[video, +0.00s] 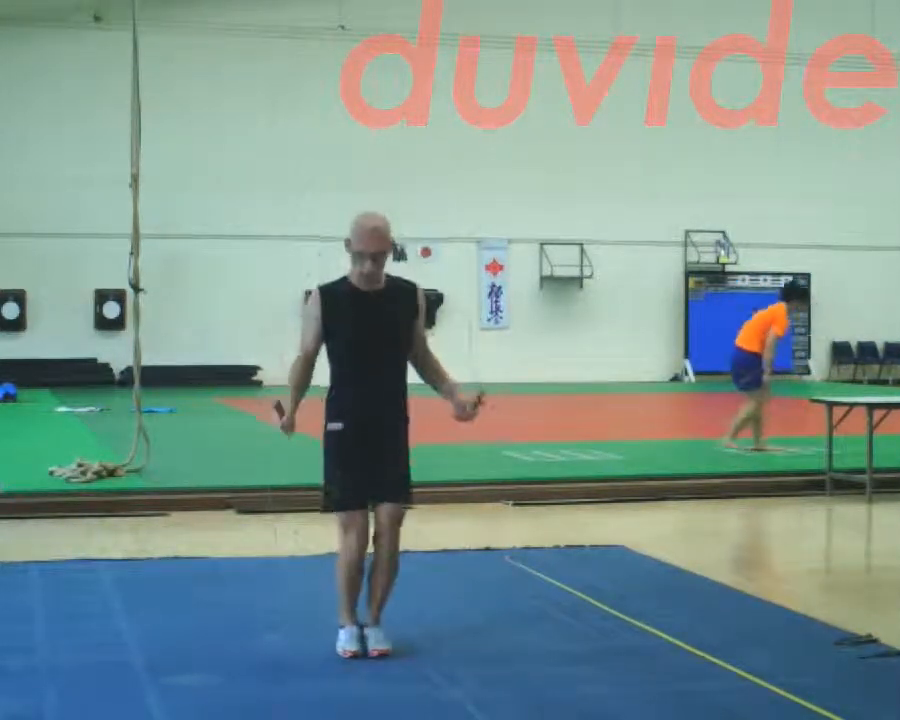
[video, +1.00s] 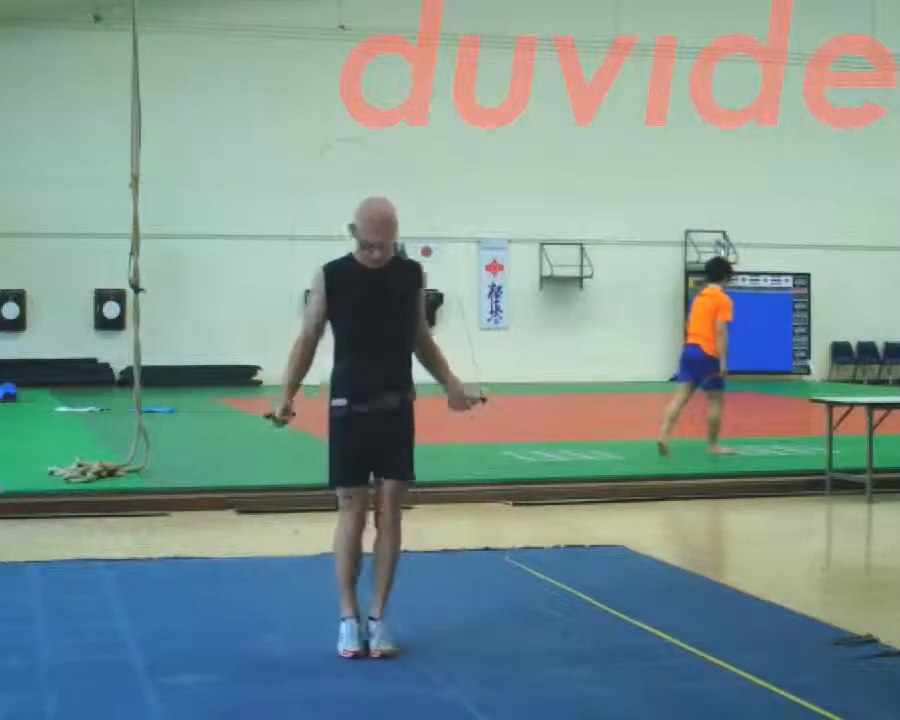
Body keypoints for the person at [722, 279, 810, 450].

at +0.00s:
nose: (801, 306)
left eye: (802, 302)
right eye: (800, 301)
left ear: (787, 297)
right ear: (794, 300)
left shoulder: (773, 309)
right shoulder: (781, 314)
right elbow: (770, 341)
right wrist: (767, 369)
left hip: (744, 352)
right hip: (749, 355)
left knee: (758, 398)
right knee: (758, 398)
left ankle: (758, 442)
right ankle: (729, 437)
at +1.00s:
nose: (730, 278)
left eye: (729, 275)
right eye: (729, 275)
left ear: (708, 275)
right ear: (725, 277)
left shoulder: (700, 297)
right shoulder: (723, 300)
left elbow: (692, 325)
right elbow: (720, 330)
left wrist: (691, 346)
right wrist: (723, 360)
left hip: (689, 349)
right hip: (708, 352)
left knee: (681, 395)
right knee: (715, 400)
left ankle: (663, 436)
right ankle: (713, 444)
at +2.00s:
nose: (780, 281)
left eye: (781, 277)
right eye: (780, 277)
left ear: (763, 275)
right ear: (775, 276)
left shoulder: (753, 295)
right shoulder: (770, 298)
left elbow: (751, 326)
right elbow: (772, 328)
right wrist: (778, 357)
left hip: (753, 351)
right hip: (766, 354)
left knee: (758, 397)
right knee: (784, 398)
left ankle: (757, 439)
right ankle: (770, 435)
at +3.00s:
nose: (824, 280)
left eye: (824, 276)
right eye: (823, 276)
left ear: (804, 275)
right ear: (819, 276)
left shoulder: (798, 296)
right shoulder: (818, 299)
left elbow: (797, 323)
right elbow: (822, 325)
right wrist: (831, 348)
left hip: (798, 348)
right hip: (814, 350)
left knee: (801, 395)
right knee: (816, 397)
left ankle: (796, 438)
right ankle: (817, 442)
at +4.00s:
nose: (840, 279)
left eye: (839, 275)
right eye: (839, 275)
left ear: (819, 275)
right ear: (835, 276)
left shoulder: (812, 296)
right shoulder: (829, 298)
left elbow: (805, 325)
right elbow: (832, 326)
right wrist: (837, 355)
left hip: (806, 349)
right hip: (820, 351)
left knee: (816, 398)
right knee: (818, 399)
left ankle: (811, 441)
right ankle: (812, 443)